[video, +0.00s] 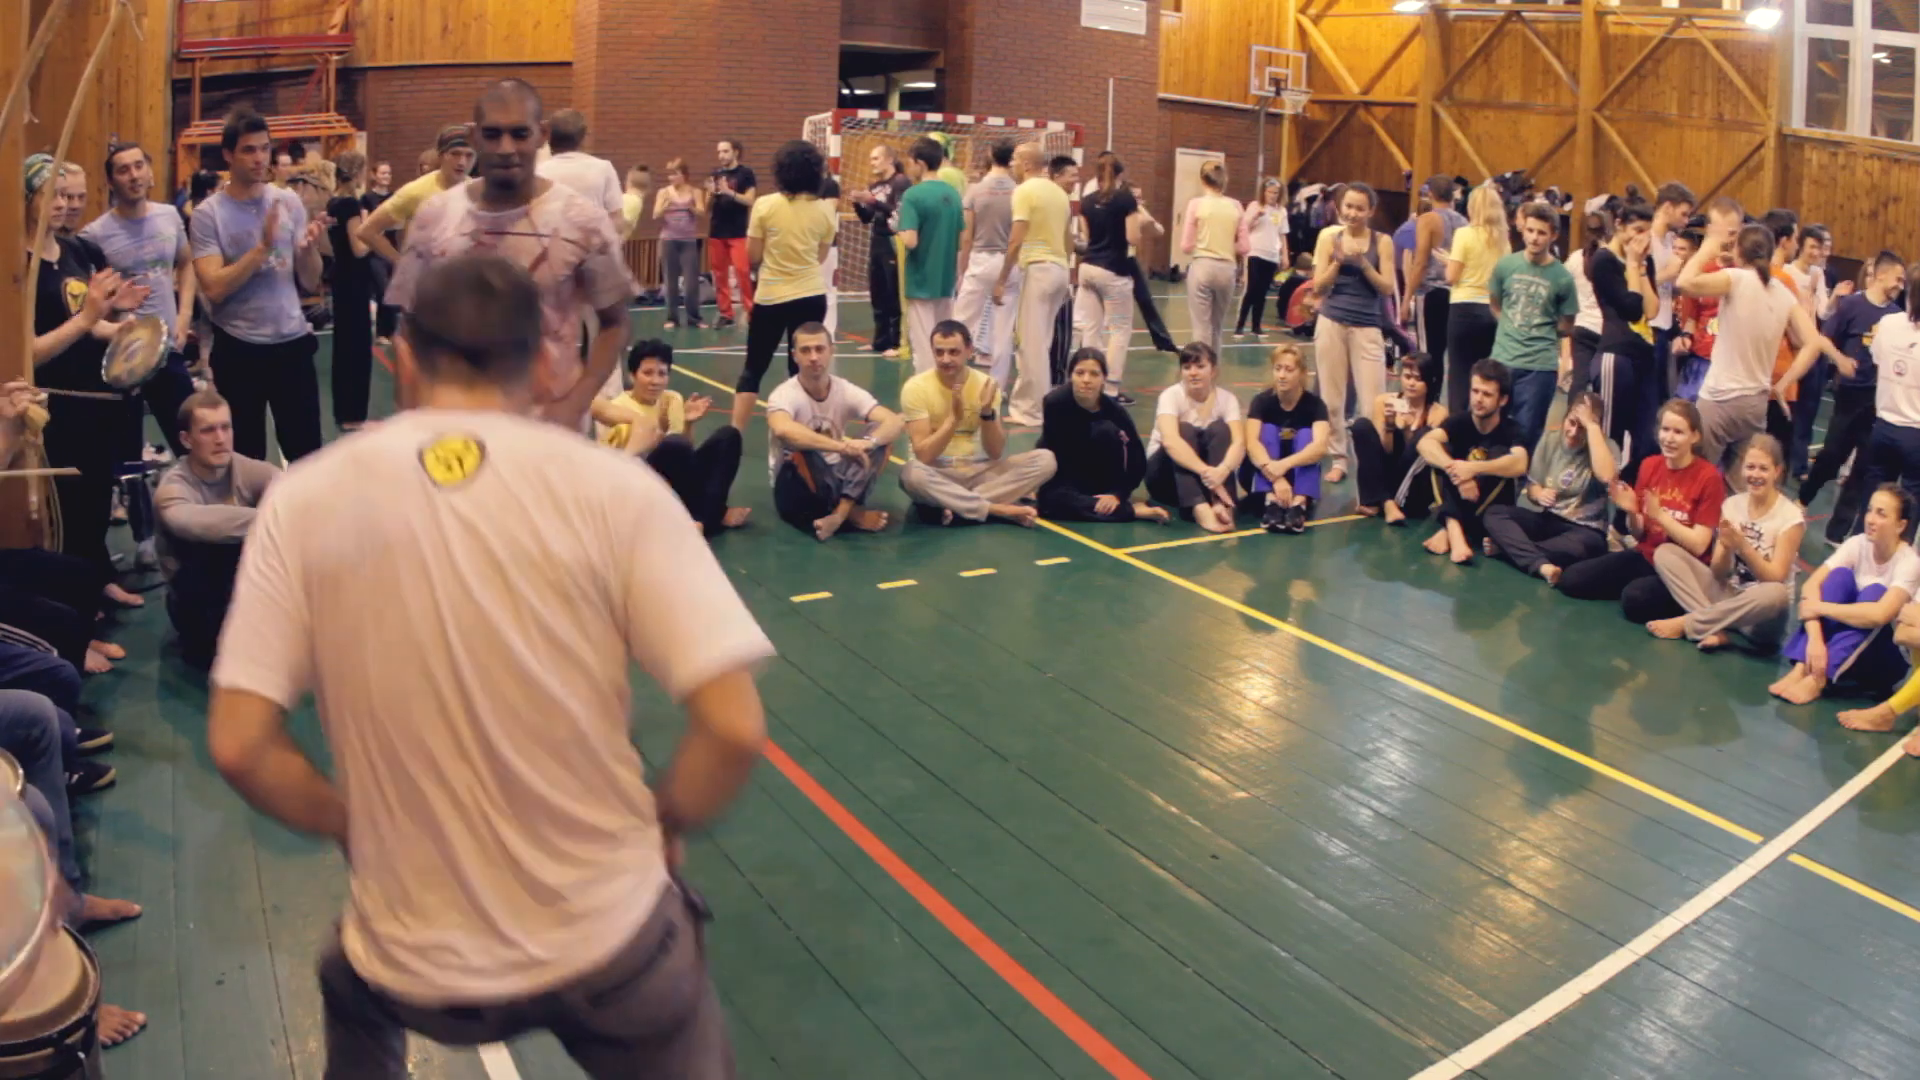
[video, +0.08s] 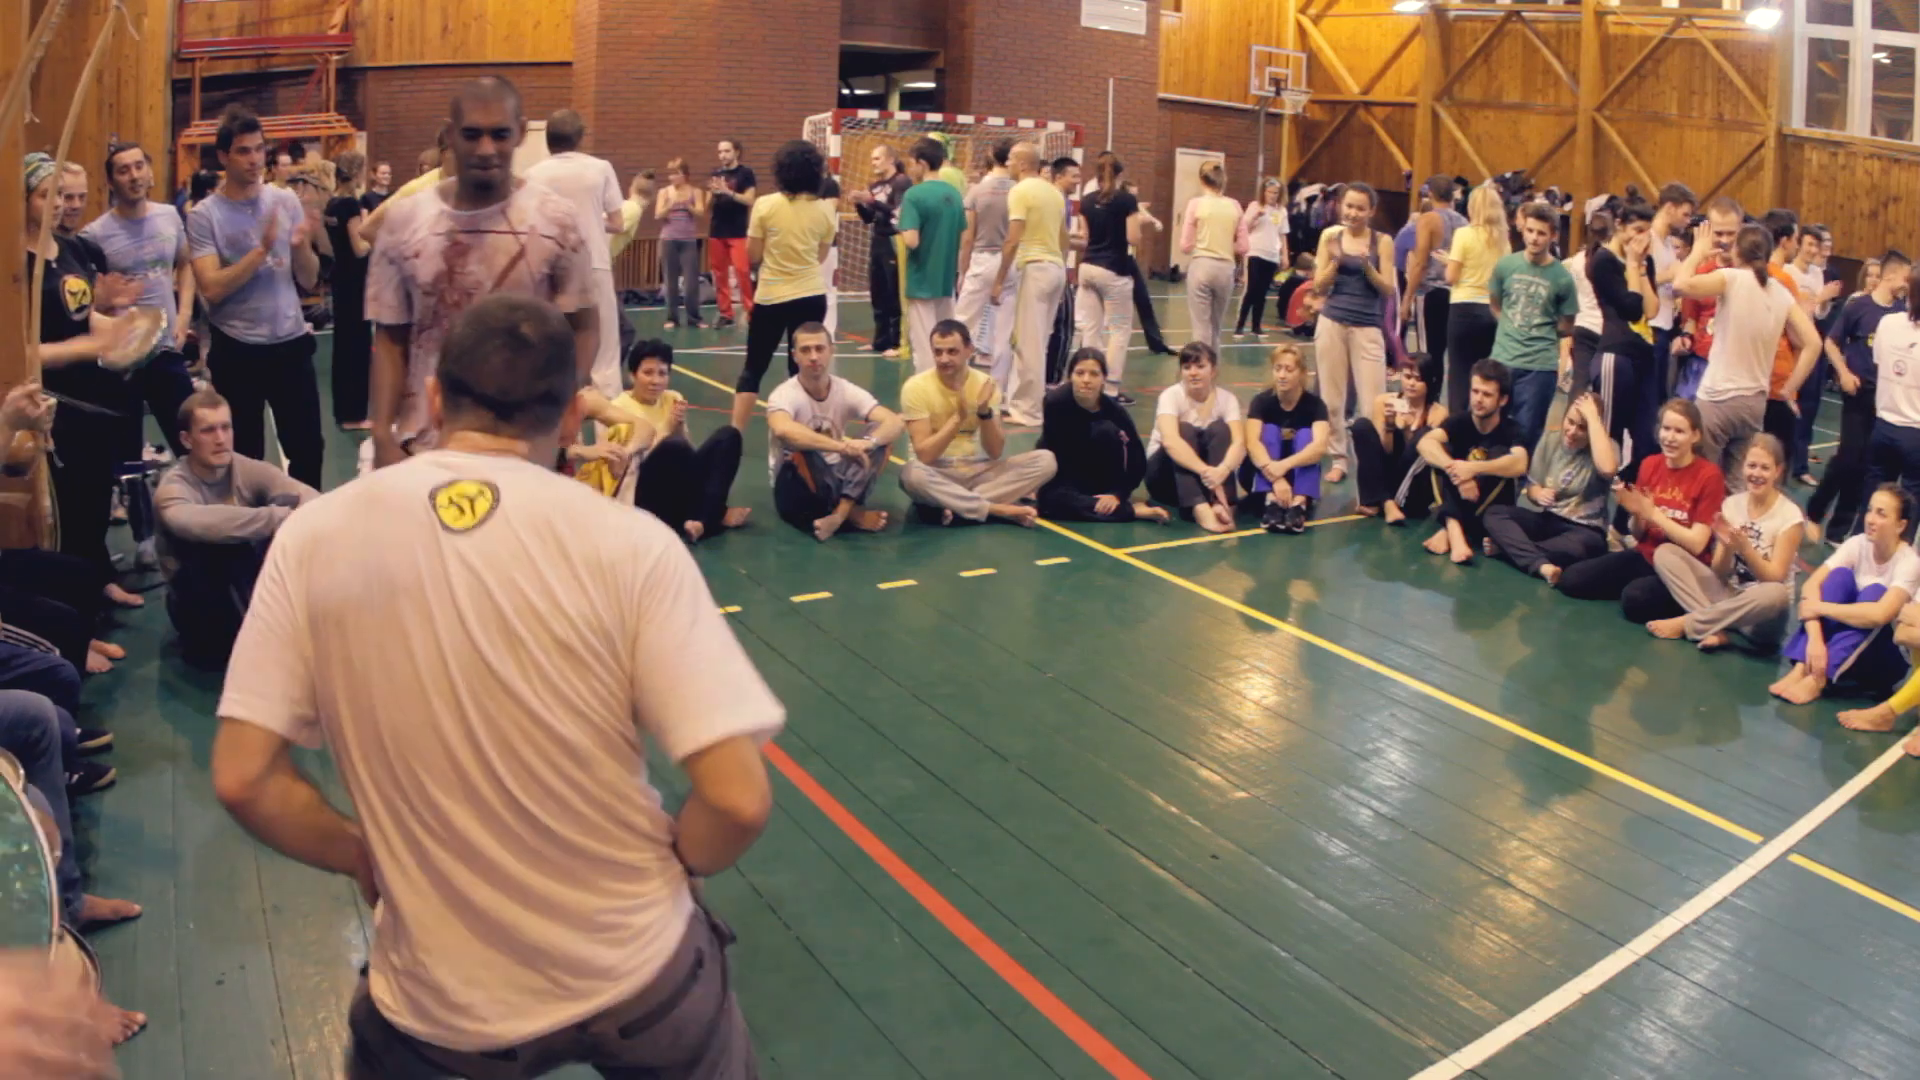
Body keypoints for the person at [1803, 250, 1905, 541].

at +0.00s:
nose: (1899, 285)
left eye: (1901, 280)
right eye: (1895, 278)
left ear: (1899, 281)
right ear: (1877, 275)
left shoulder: (1898, 313)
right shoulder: (1851, 304)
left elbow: (1902, 347)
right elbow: (1824, 339)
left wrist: (1895, 371)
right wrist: (1839, 359)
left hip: (1883, 392)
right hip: (1851, 388)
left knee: (1864, 466)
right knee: (1834, 455)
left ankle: (1840, 529)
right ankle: (1805, 496)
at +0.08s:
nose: (1905, 284)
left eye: (1907, 279)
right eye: (1902, 278)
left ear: (1901, 279)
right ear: (1886, 275)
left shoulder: (1904, 311)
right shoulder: (1858, 304)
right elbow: (1831, 341)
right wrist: (1843, 372)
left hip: (1888, 389)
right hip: (1859, 386)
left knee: (1864, 462)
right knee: (1850, 454)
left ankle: (1842, 527)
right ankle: (1814, 511)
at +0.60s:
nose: (1882, 281)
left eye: (1884, 277)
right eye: (1879, 276)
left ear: (1885, 280)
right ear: (1868, 276)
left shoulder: (1881, 305)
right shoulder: (1854, 300)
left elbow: (1882, 334)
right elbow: (1852, 335)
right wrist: (1877, 327)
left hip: (1874, 364)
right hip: (1855, 362)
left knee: (1865, 418)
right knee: (1855, 416)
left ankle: (1851, 469)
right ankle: (1847, 470)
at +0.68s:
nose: (1883, 281)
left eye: (1885, 277)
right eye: (1879, 277)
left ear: (1884, 280)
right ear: (1868, 277)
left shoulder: (1881, 306)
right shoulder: (1853, 300)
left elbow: (1880, 334)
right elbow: (1852, 336)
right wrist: (1877, 328)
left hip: (1874, 364)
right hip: (1854, 362)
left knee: (1866, 418)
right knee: (1856, 416)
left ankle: (1851, 469)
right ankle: (1847, 470)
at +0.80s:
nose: (1883, 282)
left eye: (1885, 278)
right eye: (1879, 277)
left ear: (1884, 280)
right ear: (1868, 277)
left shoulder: (1881, 305)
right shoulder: (1852, 300)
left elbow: (1881, 336)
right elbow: (1852, 336)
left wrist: (1886, 322)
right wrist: (1878, 322)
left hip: (1874, 363)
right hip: (1854, 361)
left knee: (1866, 418)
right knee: (1856, 416)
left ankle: (1850, 469)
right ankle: (1847, 470)